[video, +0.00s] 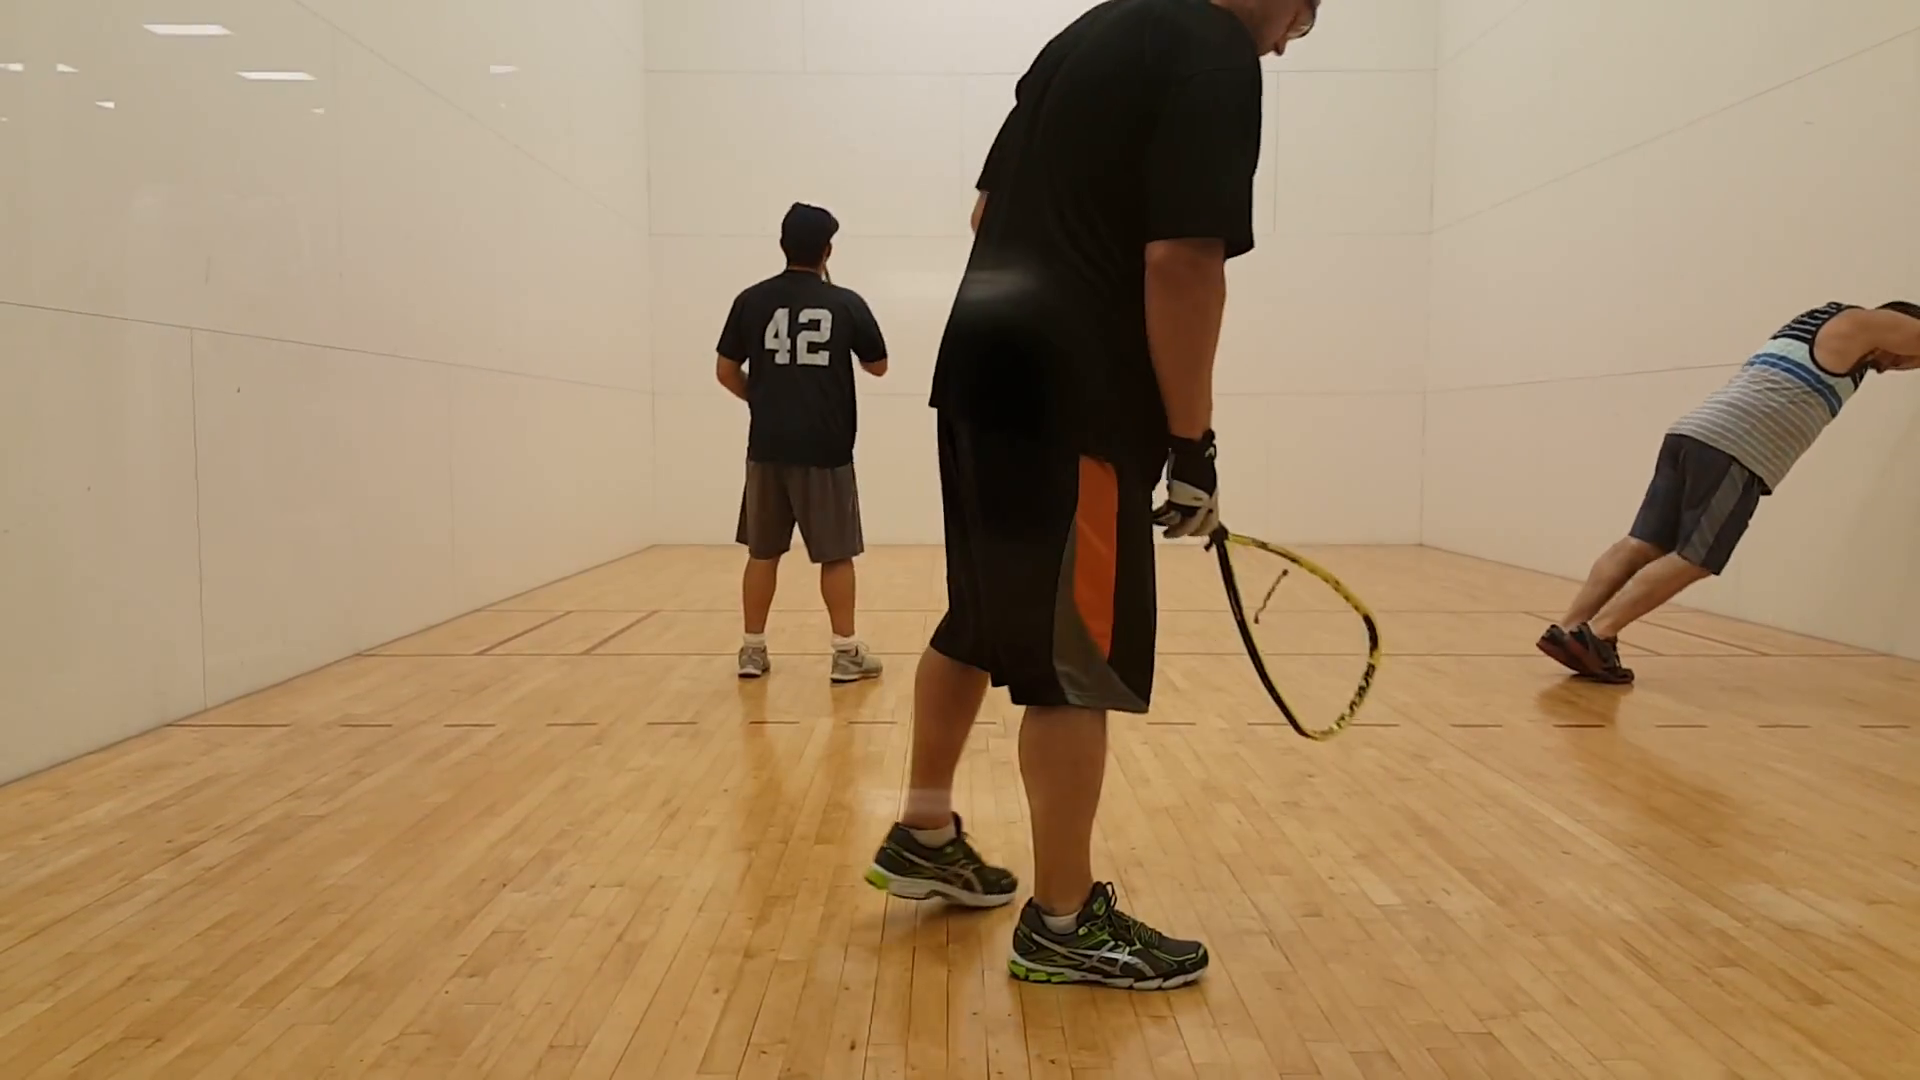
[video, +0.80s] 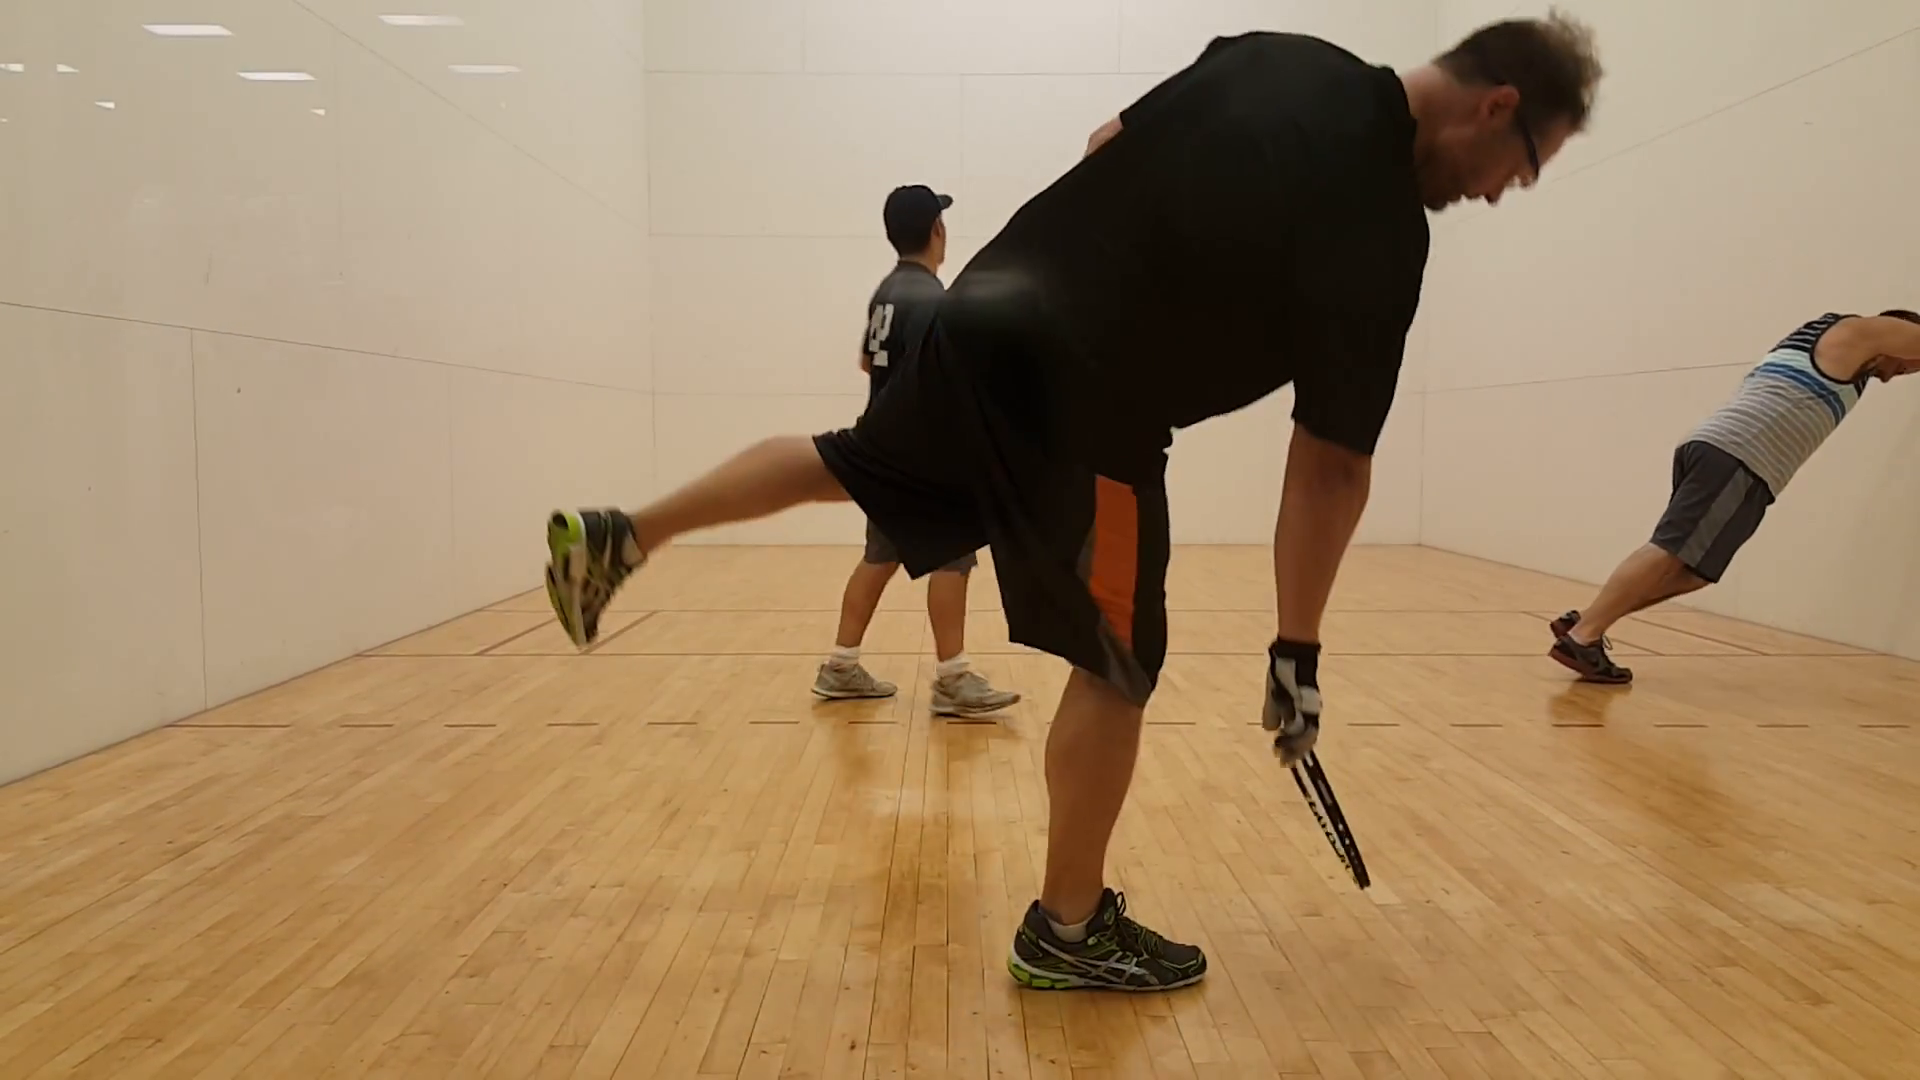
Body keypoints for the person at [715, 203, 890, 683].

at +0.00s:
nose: (833, 248)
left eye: (829, 241)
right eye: (831, 243)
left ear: (784, 246)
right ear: (826, 249)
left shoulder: (752, 300)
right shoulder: (846, 304)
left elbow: (726, 371)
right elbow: (877, 365)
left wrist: (761, 398)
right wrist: (840, 315)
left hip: (767, 446)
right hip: (825, 450)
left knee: (763, 550)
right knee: (836, 553)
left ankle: (752, 650)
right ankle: (845, 654)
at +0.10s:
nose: (835, 248)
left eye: (830, 240)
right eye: (833, 243)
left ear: (787, 249)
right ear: (827, 252)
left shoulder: (755, 302)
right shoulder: (848, 306)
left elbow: (729, 373)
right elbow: (869, 378)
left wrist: (762, 404)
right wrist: (831, 357)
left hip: (772, 447)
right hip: (831, 450)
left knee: (764, 549)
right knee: (848, 548)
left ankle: (753, 649)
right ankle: (847, 653)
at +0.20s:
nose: (843, 254)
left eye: (839, 248)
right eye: (841, 249)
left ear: (793, 255)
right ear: (836, 256)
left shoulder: (763, 307)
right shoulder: (857, 315)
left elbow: (736, 378)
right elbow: (874, 395)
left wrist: (764, 425)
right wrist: (842, 413)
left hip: (777, 454)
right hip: (836, 458)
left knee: (765, 549)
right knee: (869, 545)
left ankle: (755, 648)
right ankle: (861, 653)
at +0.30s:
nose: (860, 264)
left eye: (857, 258)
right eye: (858, 259)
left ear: (811, 264)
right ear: (853, 265)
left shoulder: (780, 316)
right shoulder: (869, 329)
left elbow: (749, 387)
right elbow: (891, 408)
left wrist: (757, 447)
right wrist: (885, 441)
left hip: (786, 464)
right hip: (844, 468)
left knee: (768, 551)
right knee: (894, 552)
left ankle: (754, 645)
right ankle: (879, 654)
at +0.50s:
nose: (905, 241)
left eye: (903, 234)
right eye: (903, 235)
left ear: (853, 244)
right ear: (895, 243)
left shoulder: (829, 296)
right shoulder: (909, 304)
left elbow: (797, 360)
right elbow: (922, 372)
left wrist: (816, 414)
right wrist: (948, 420)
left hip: (830, 445)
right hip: (887, 452)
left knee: (814, 548)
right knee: (894, 551)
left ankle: (788, 644)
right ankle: (878, 652)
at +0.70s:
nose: (930, 215)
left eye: (926, 206)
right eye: (926, 208)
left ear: (882, 221)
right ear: (919, 219)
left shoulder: (865, 272)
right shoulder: (927, 278)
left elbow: (837, 336)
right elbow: (920, 341)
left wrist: (881, 364)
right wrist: (961, 376)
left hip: (863, 433)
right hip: (914, 436)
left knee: (875, 538)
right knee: (933, 537)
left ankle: (845, 653)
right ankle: (920, 653)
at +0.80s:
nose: (947, 230)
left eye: (942, 221)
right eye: (943, 223)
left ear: (896, 234)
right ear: (937, 230)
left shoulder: (887, 290)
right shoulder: (934, 299)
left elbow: (869, 361)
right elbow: (944, 378)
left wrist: (923, 382)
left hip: (885, 449)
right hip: (930, 454)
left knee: (879, 556)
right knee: (952, 559)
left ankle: (840, 665)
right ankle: (953, 677)